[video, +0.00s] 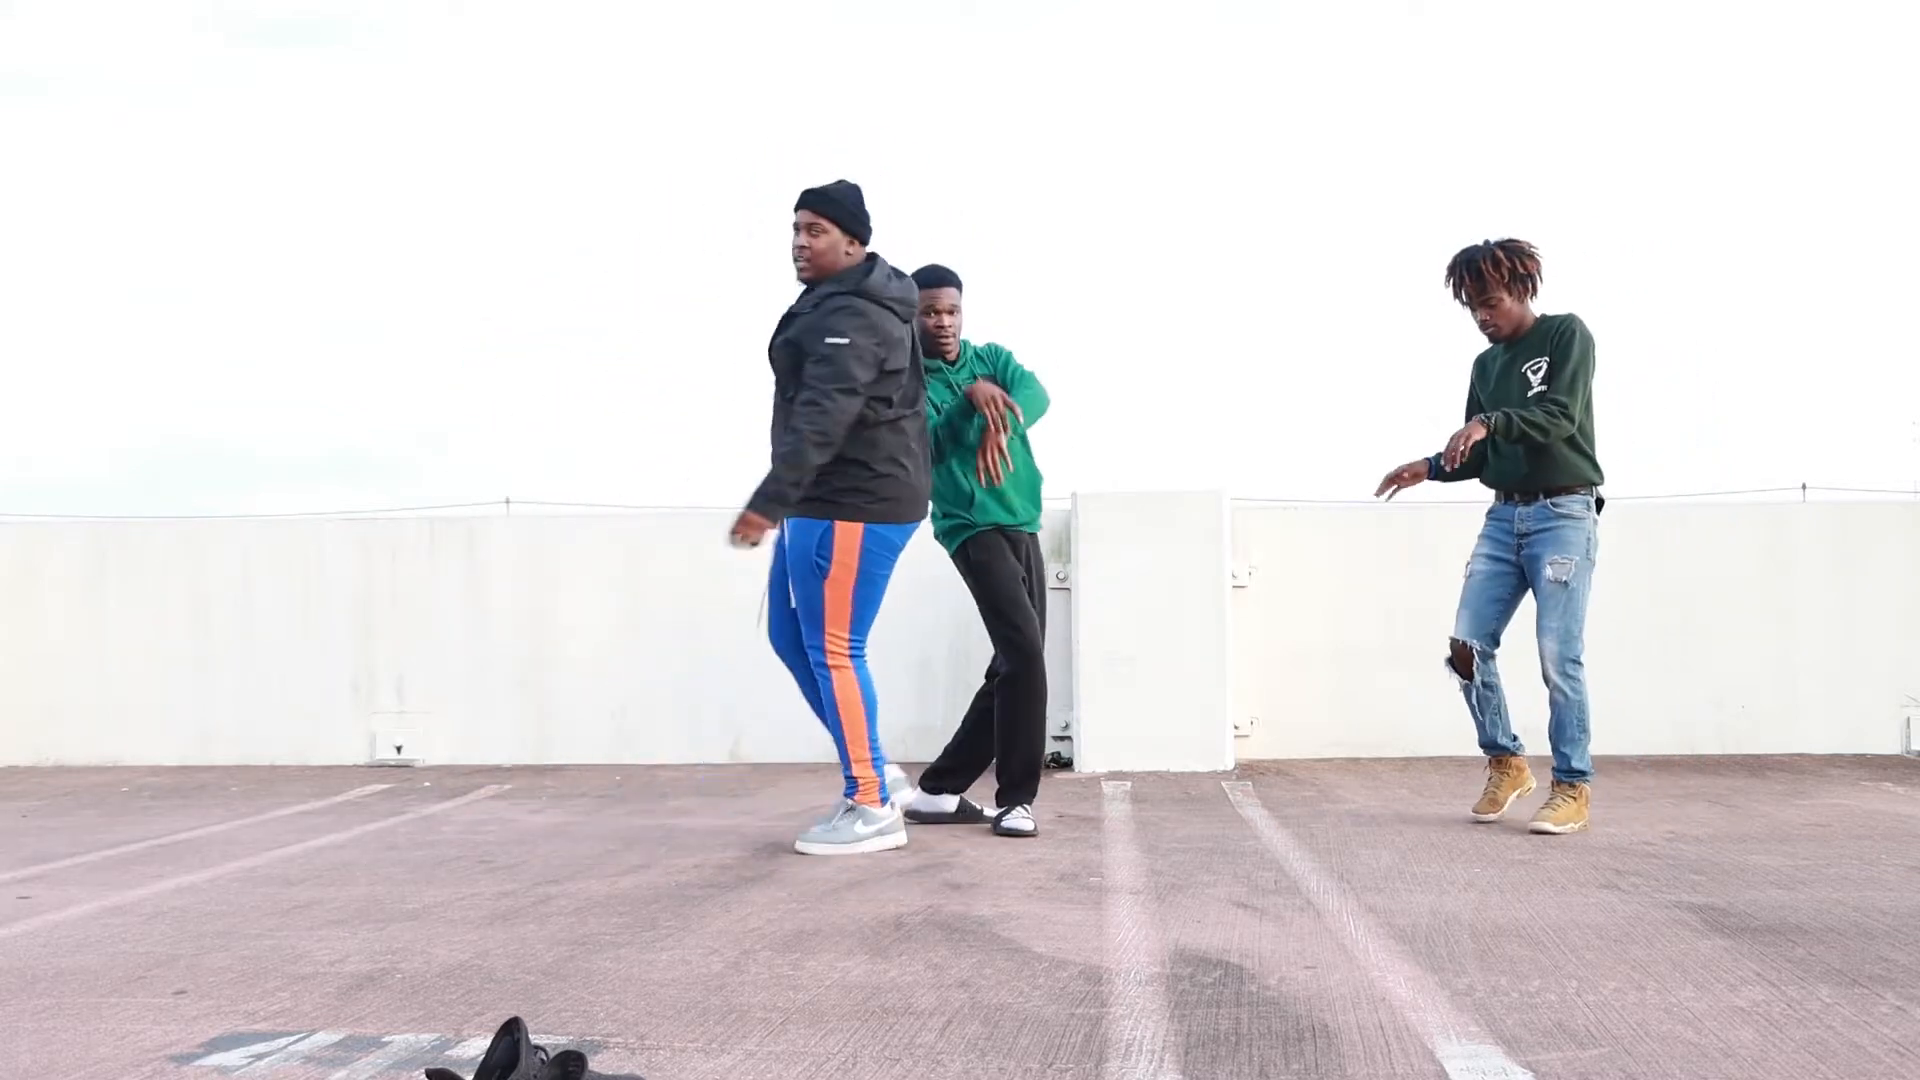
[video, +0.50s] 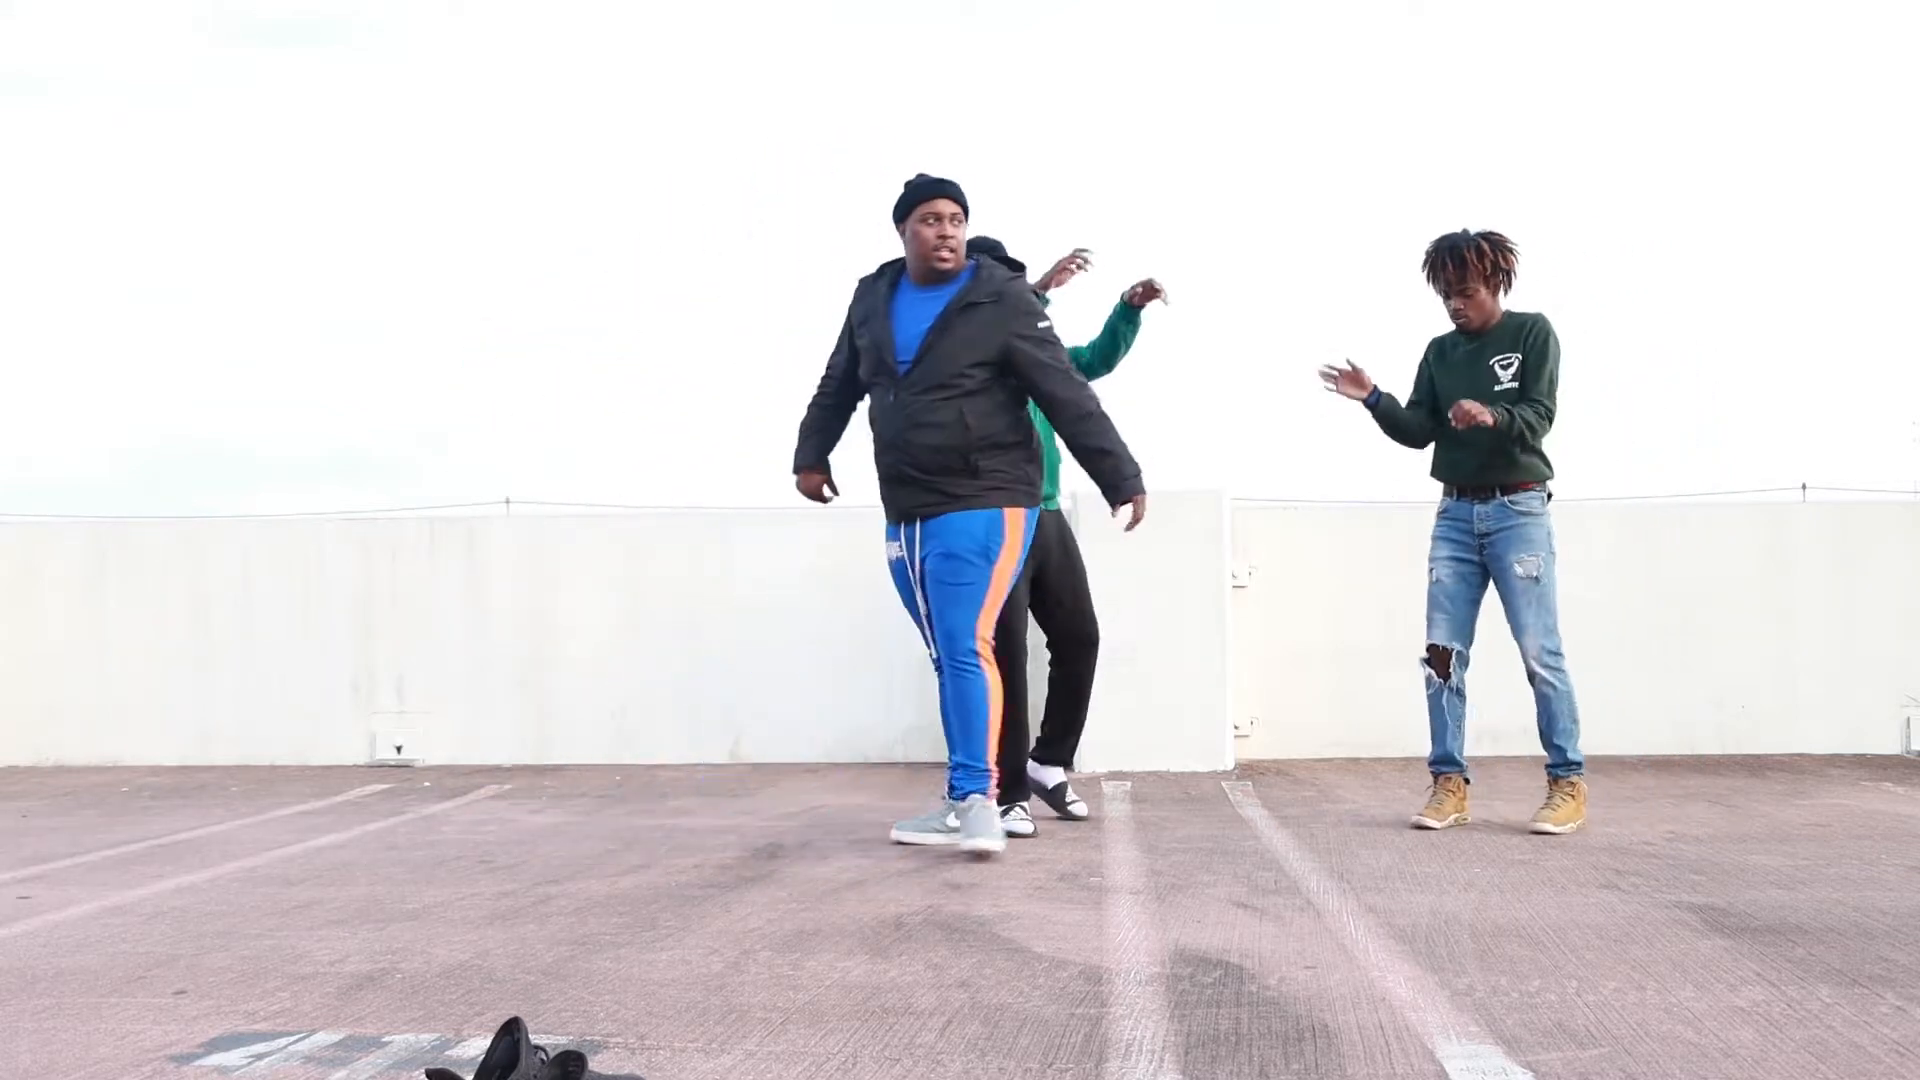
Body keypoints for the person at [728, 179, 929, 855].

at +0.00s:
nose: (800, 242)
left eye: (814, 232)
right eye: (797, 231)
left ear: (852, 242)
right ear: (804, 238)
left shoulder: (855, 314)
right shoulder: (838, 301)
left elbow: (820, 418)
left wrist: (766, 503)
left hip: (857, 502)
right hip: (825, 500)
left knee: (834, 647)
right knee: (791, 636)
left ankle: (871, 808)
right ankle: (875, 773)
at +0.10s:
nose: (838, 246)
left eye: (853, 234)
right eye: (829, 234)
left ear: (884, 242)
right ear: (821, 243)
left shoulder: (894, 311)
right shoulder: (835, 308)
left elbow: (899, 412)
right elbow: (828, 413)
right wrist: (813, 506)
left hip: (882, 507)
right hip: (834, 506)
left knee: (849, 647)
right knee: (832, 644)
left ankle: (872, 808)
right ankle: (937, 774)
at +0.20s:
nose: (869, 248)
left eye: (883, 237)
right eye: (858, 236)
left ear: (906, 246)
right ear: (843, 246)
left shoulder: (926, 308)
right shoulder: (838, 307)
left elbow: (962, 400)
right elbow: (840, 408)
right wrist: (837, 513)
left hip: (920, 504)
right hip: (858, 507)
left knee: (869, 648)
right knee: (895, 654)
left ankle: (874, 806)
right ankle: (963, 795)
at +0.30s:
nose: (895, 244)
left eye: (908, 232)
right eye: (882, 232)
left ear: (924, 243)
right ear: (862, 243)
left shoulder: (951, 307)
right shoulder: (850, 306)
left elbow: (1006, 391)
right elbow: (833, 381)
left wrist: (1057, 469)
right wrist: (823, 445)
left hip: (948, 497)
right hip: (885, 500)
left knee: (900, 646)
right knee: (925, 652)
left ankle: (884, 803)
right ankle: (969, 801)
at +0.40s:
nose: (918, 236)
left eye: (929, 225)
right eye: (903, 225)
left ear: (944, 235)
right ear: (880, 237)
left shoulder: (978, 298)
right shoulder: (860, 299)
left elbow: (1038, 389)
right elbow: (834, 379)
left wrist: (1095, 473)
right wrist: (808, 452)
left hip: (971, 495)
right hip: (900, 501)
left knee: (930, 642)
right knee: (946, 651)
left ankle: (922, 797)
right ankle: (974, 801)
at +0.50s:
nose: (945, 231)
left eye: (953, 220)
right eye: (930, 221)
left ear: (967, 230)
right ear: (902, 232)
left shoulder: (1001, 296)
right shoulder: (874, 297)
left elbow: (1063, 387)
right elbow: (841, 379)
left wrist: (1117, 473)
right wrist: (812, 453)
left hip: (984, 497)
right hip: (907, 503)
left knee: (963, 648)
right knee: (949, 654)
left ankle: (974, 806)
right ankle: (974, 797)